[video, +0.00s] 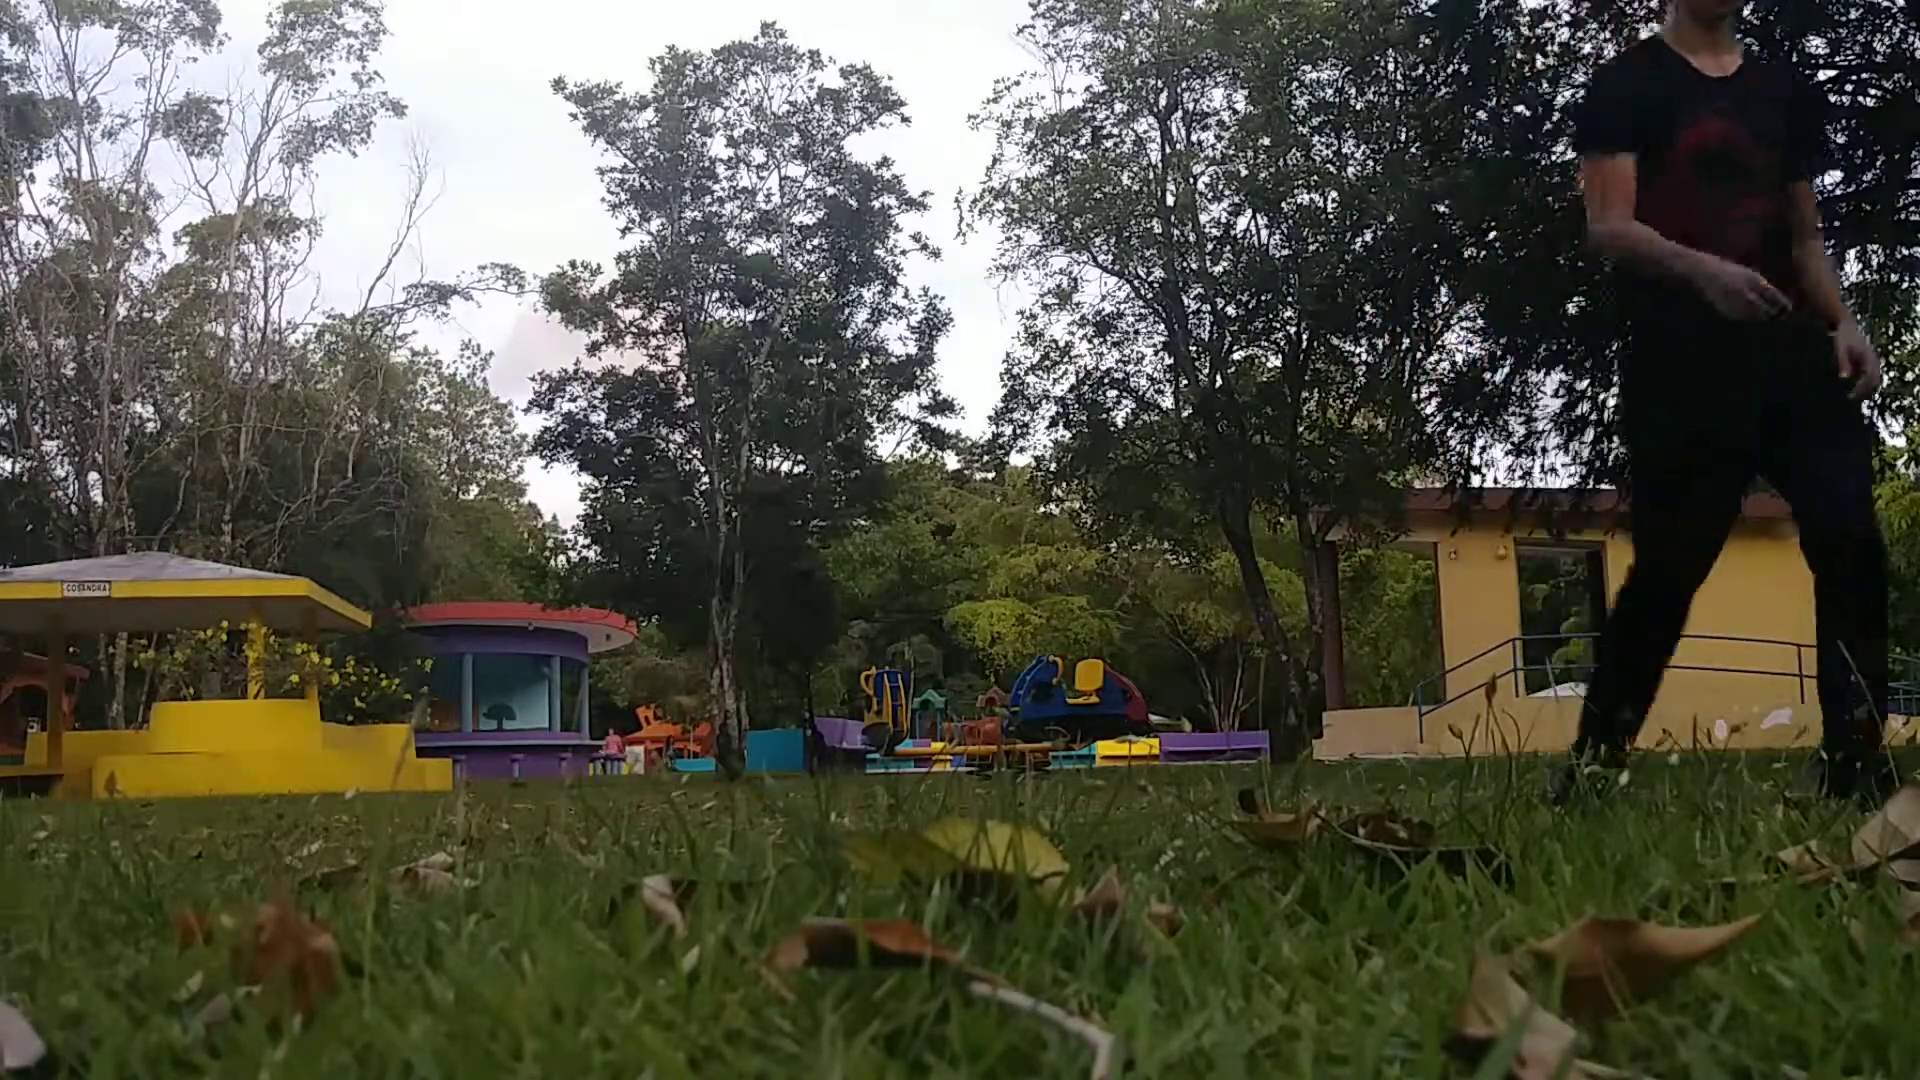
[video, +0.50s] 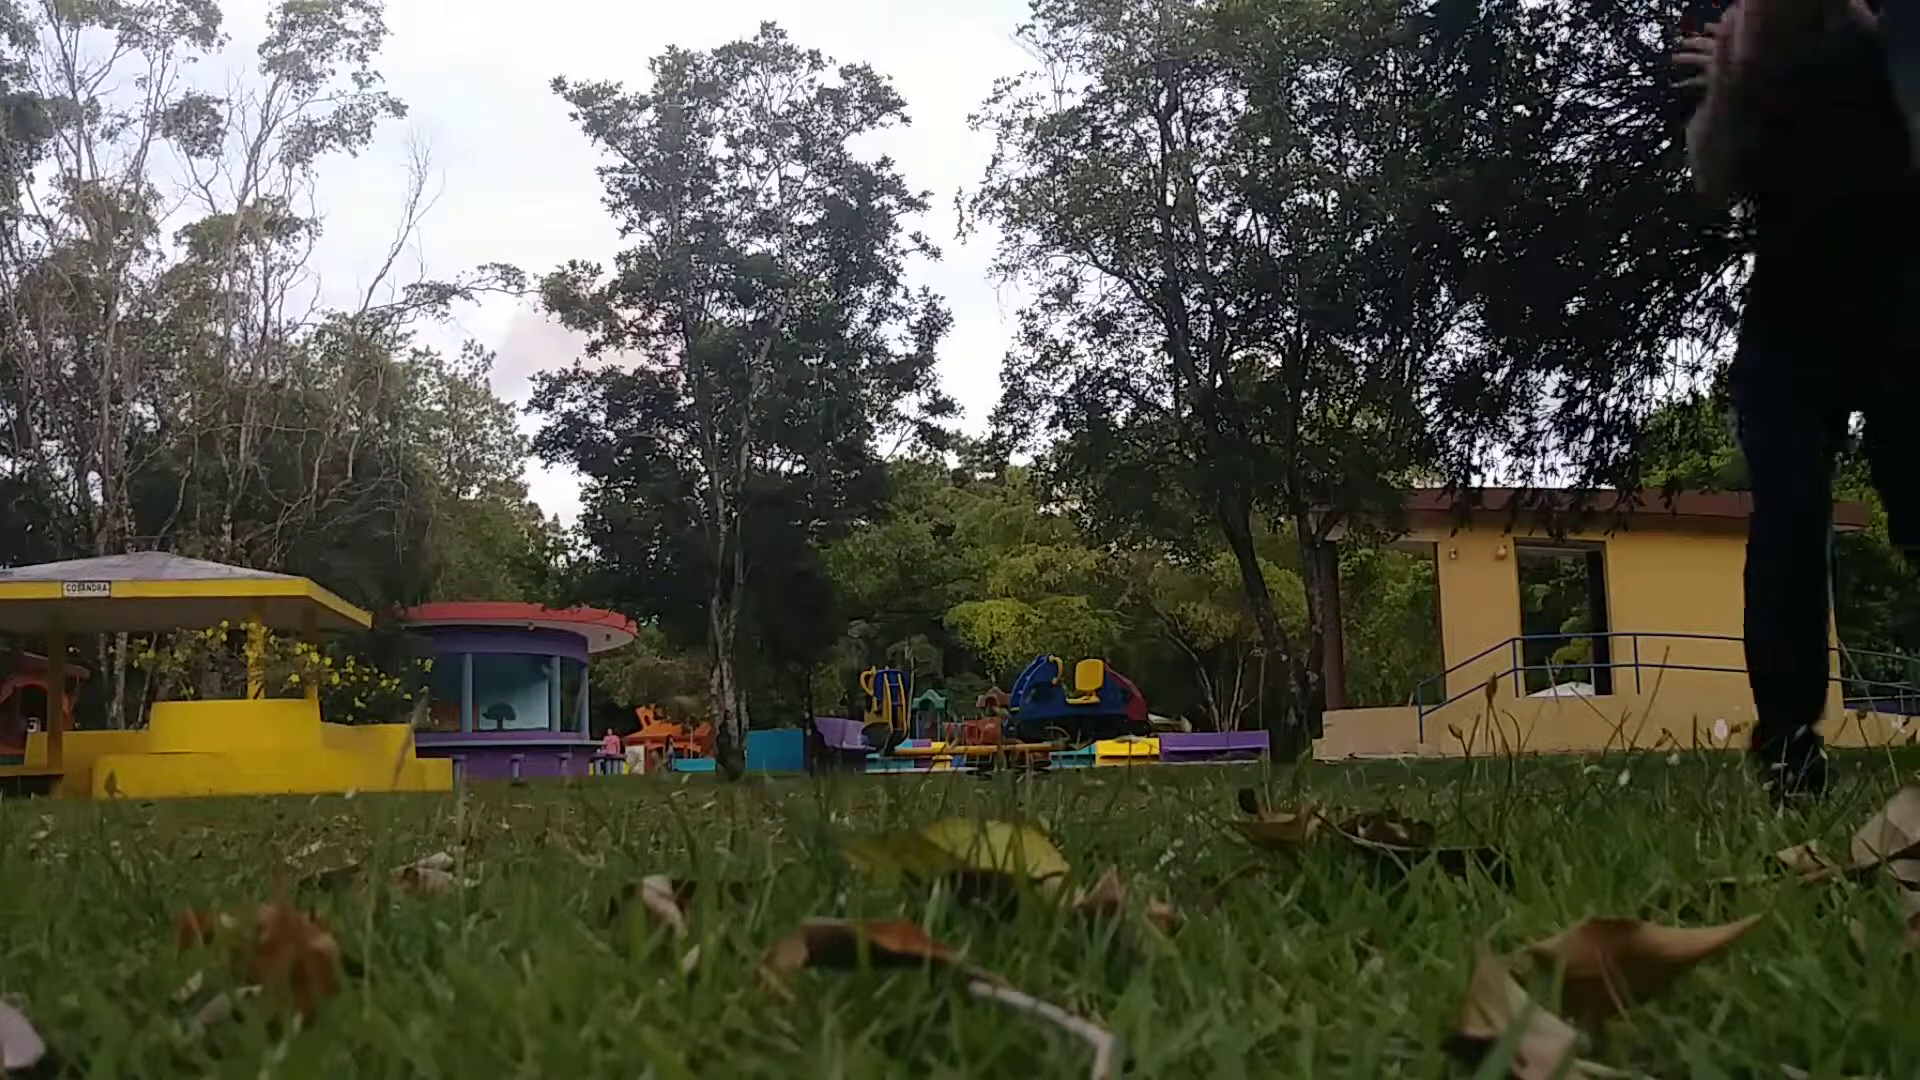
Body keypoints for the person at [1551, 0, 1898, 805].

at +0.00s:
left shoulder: (1785, 90)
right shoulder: (1626, 83)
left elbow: (1805, 239)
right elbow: (1608, 226)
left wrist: (1843, 318)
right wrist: (1702, 268)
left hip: (1793, 358)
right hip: (1683, 359)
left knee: (1853, 548)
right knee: (1669, 566)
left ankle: (1854, 761)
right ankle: (1594, 763)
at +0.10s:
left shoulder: (1827, 73)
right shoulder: (1649, 68)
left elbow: (1854, 212)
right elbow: (1606, 217)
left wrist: (1898, 289)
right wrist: (1690, 260)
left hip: (1815, 331)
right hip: (1702, 341)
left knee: (1861, 543)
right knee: (1728, 540)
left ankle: (1856, 766)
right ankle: (1640, 734)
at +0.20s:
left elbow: (1906, 191)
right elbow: (1603, 197)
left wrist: (1900, 209)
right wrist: (1647, 200)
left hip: (1842, 319)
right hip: (1723, 328)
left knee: (1871, 534)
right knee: (1765, 499)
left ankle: (1857, 757)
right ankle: (1719, 737)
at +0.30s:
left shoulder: (1872, 27)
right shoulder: (1686, 41)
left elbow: (1907, 147)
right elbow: (1616, 199)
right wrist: (1629, 128)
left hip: (1864, 313)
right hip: (1746, 328)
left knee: (1902, 524)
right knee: (1779, 529)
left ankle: (1874, 744)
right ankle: (1795, 755)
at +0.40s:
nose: (1763, 7)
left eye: (1778, 2)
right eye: (1751, 1)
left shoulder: (1870, 52)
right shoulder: (1704, 50)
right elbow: (1634, 176)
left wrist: (1900, 38)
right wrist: (1645, 49)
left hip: (1890, 320)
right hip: (1770, 335)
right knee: (1787, 548)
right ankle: (1796, 763)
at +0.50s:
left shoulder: (1888, 38)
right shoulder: (1755, 30)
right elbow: (1710, 175)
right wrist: (1732, 75)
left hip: (1896, 309)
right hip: (1791, 309)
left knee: (1913, 526)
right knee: (1786, 528)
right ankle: (1788, 744)